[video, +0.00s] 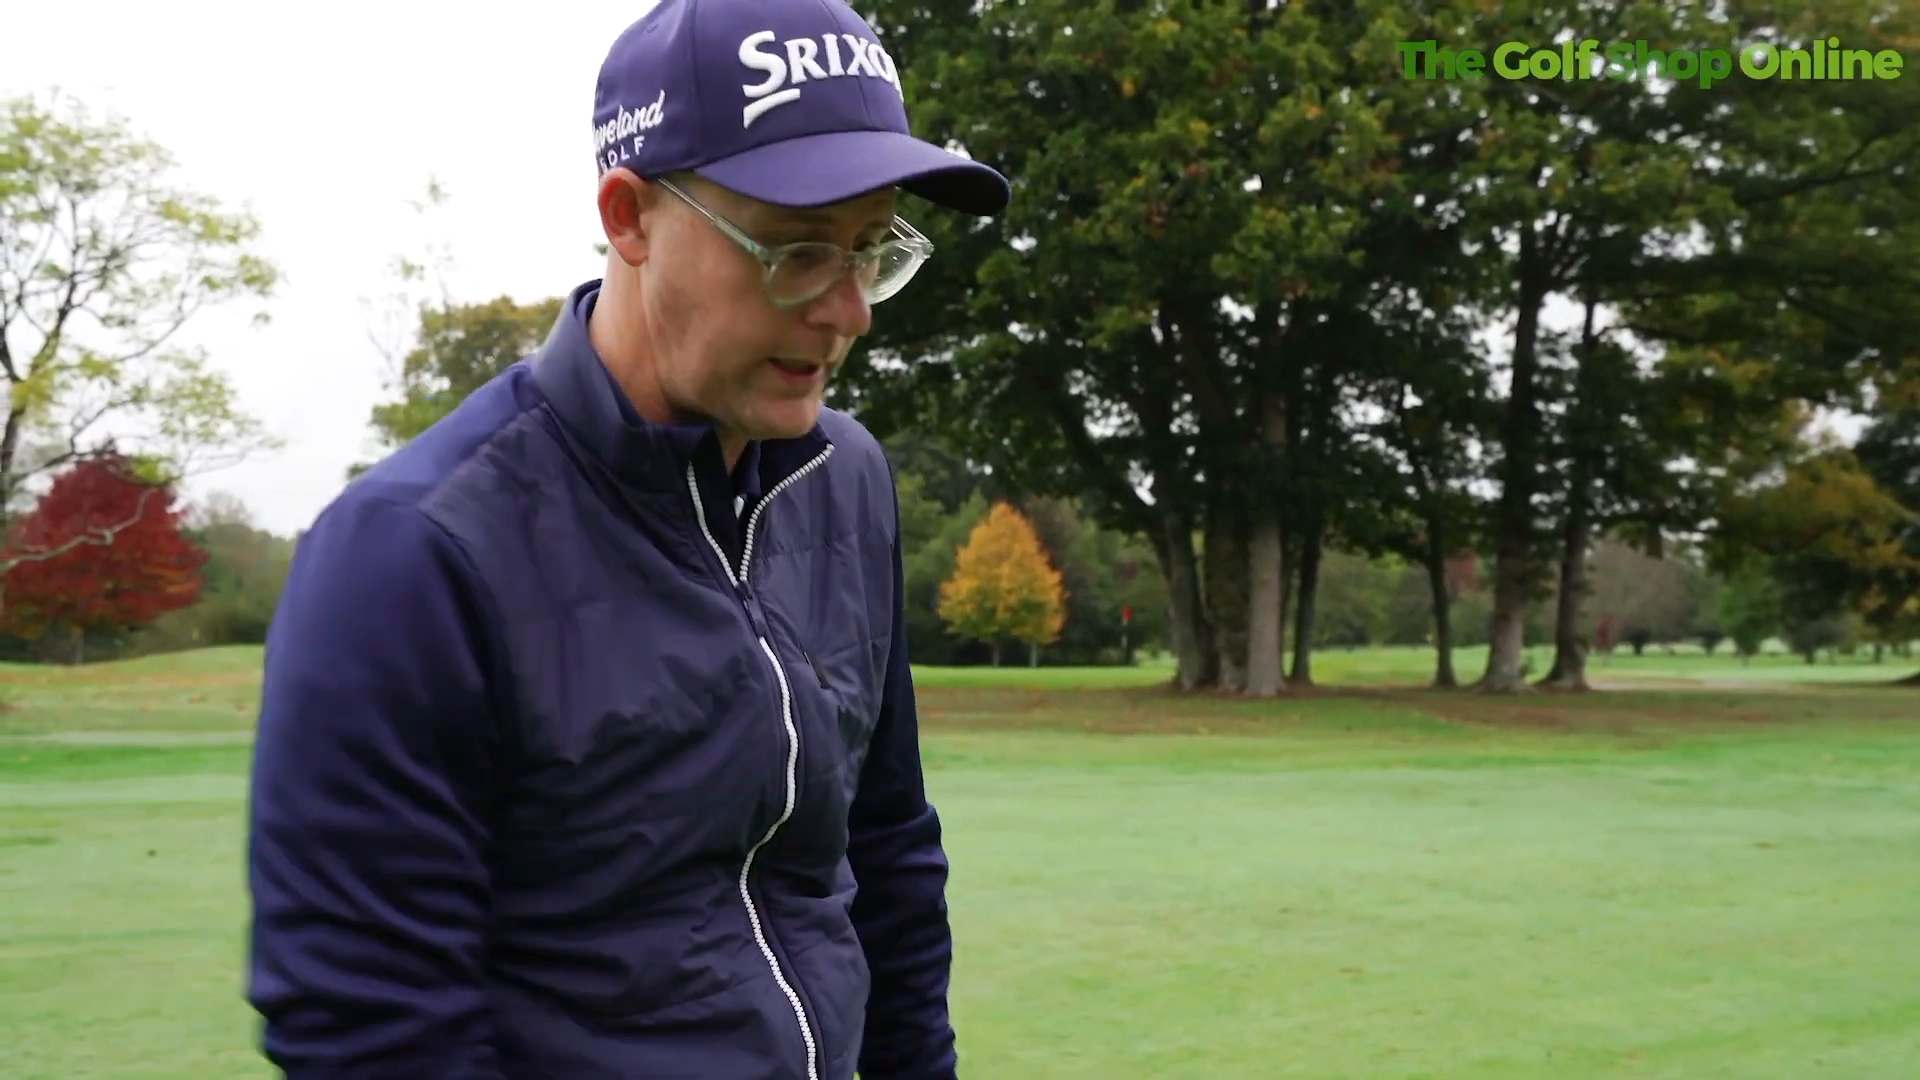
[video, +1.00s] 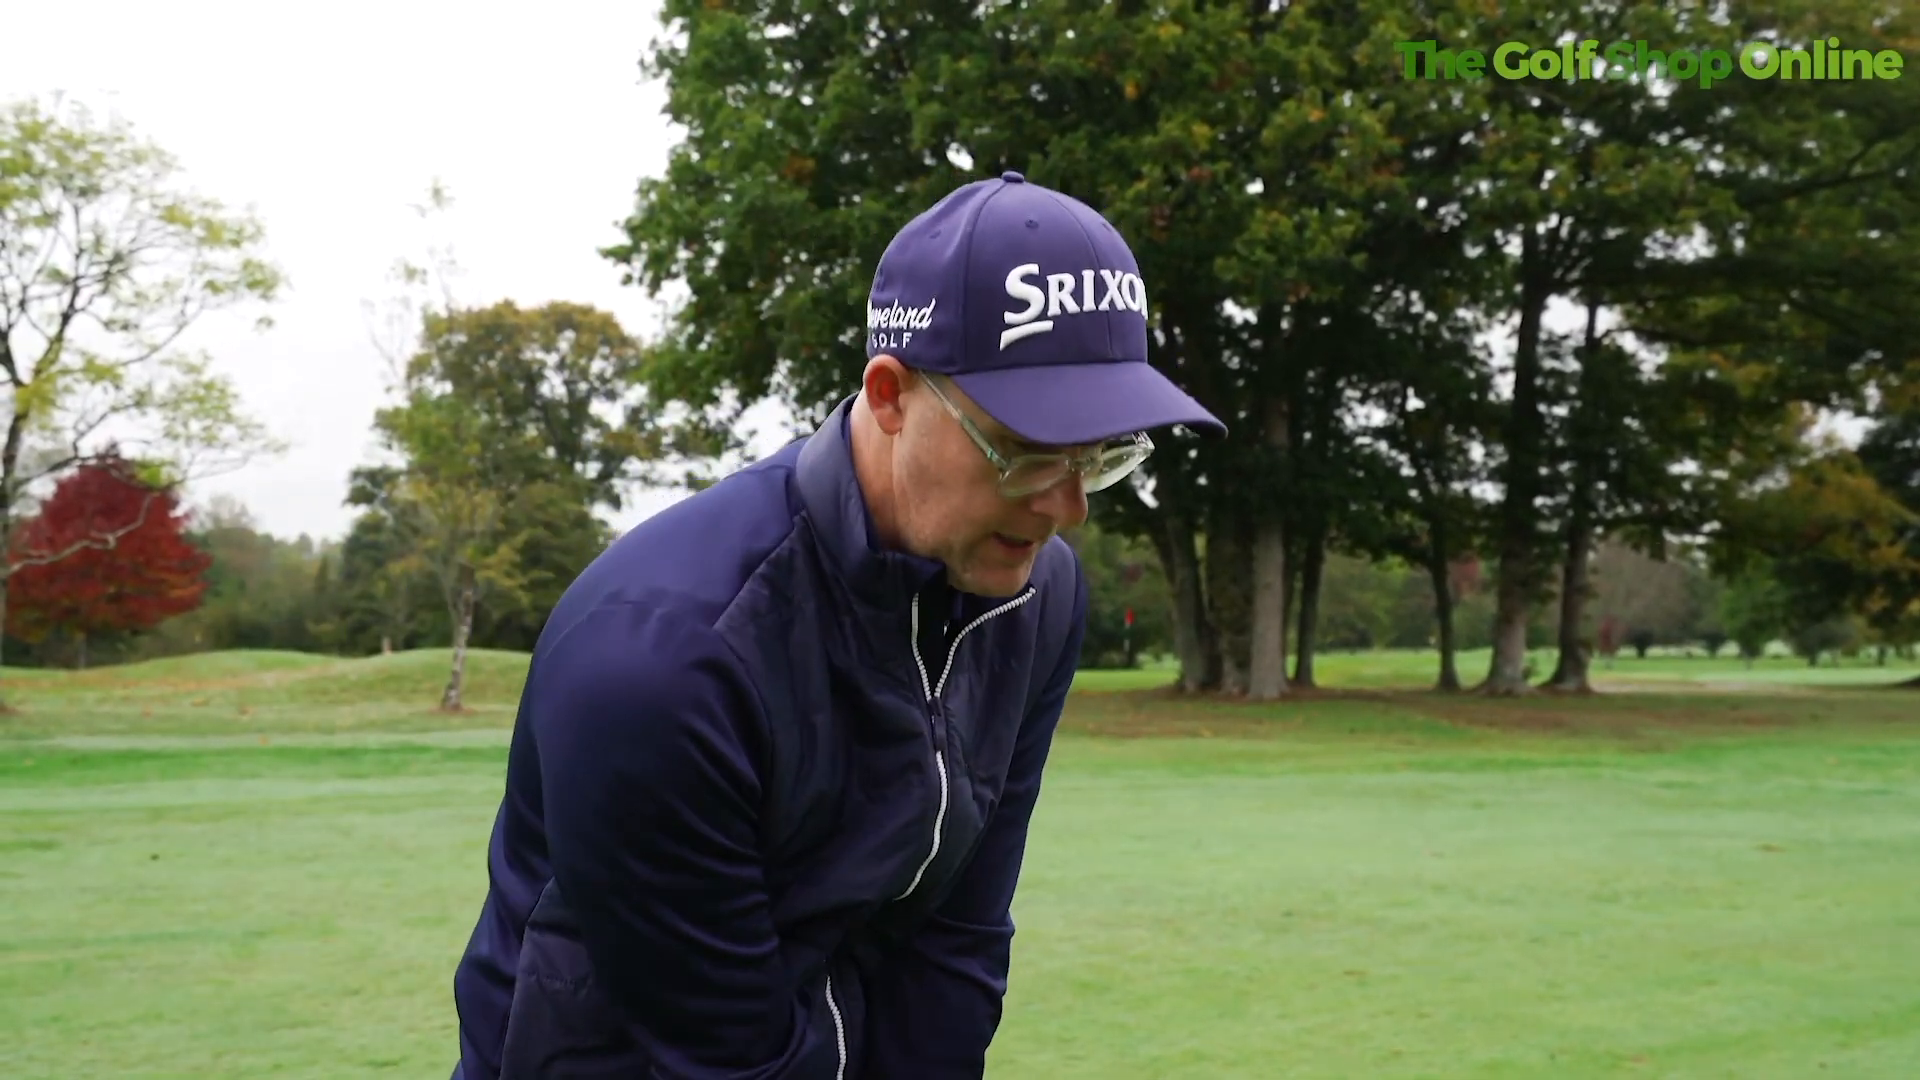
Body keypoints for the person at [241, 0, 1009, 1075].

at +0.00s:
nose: (849, 310)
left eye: (869, 248)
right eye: (793, 249)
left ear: (891, 224)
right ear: (629, 219)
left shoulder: (849, 484)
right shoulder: (410, 553)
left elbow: (887, 853)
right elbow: (366, 1024)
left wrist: (913, 1064)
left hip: (828, 1053)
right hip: (572, 1058)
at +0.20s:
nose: (897, 354)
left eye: (918, 291)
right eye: (840, 293)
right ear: (678, 261)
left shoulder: (867, 487)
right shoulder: (480, 612)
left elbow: (896, 881)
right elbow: (562, 1052)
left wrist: (917, 1064)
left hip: (825, 1041)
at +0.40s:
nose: (957, 391)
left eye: (979, 331)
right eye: (906, 332)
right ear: (752, 297)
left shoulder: (932, 520)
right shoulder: (553, 610)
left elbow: (924, 902)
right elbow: (601, 1050)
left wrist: (924, 1065)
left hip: (841, 1040)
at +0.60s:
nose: (1022, 434)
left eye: (1050, 381)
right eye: (977, 377)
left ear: (1076, 362)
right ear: (840, 331)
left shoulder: (1002, 549)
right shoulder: (623, 602)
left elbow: (960, 916)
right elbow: (647, 1032)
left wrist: (943, 1066)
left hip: (869, 1041)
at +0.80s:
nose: (1061, 474)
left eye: (1085, 422)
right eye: (1018, 422)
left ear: (1107, 391)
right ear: (884, 368)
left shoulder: (1040, 579)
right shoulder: (653, 630)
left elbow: (970, 930)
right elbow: (724, 1031)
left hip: (854, 1029)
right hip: (608, 1048)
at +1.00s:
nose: (1062, 503)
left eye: (1093, 451)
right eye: (1019, 446)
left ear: (1121, 419)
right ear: (888, 399)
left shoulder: (1041, 598)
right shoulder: (660, 667)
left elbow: (957, 949)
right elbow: (723, 1045)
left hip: (824, 1033)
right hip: (595, 1049)